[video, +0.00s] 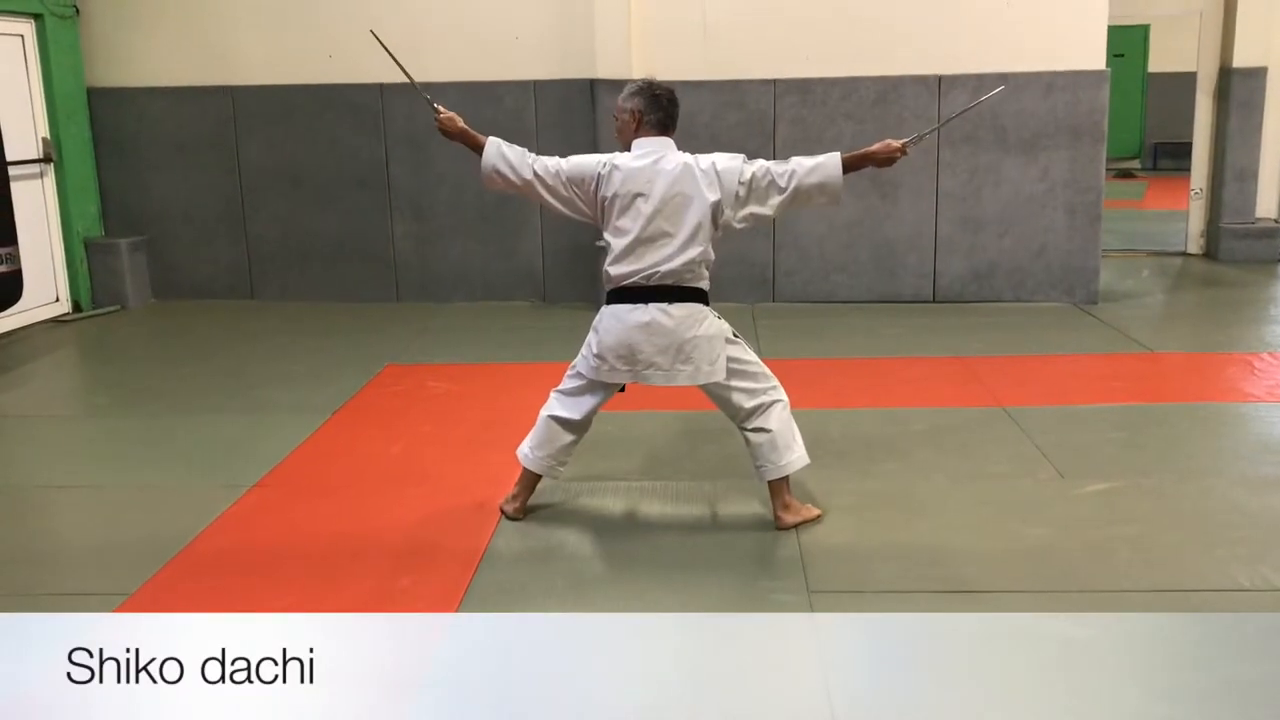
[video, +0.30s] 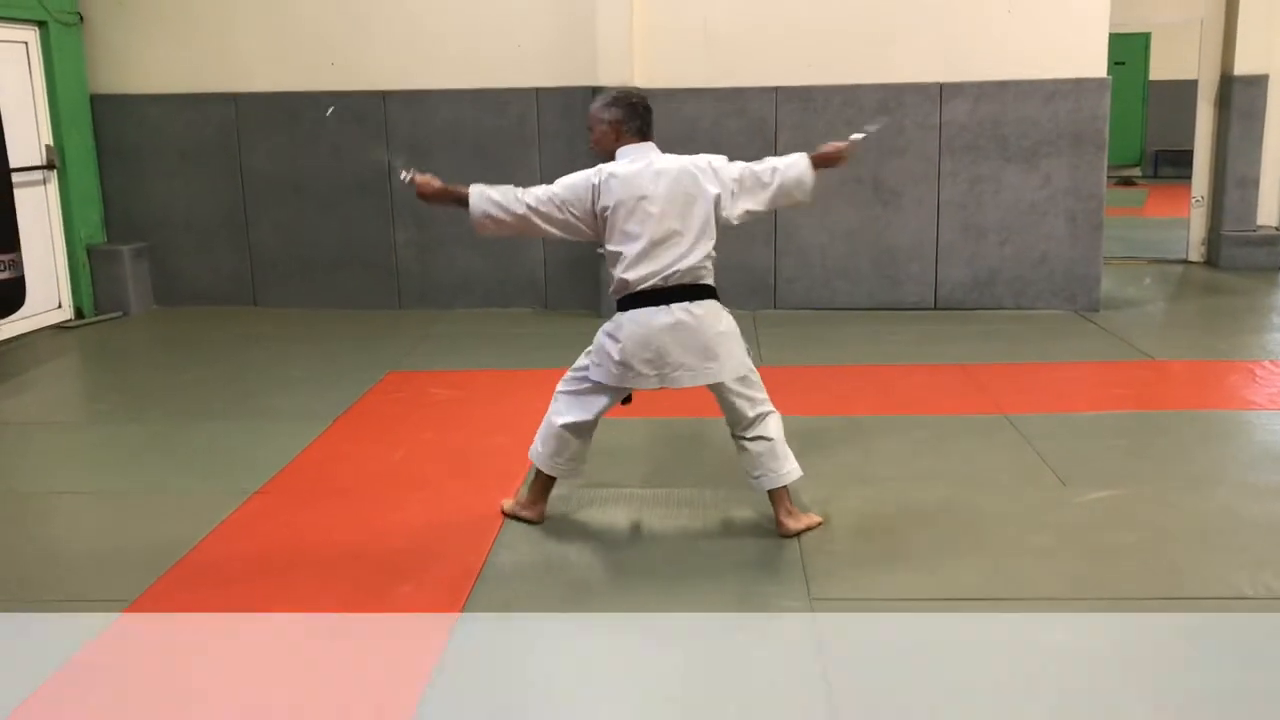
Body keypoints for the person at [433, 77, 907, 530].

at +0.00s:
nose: (614, 129)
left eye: (618, 120)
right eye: (617, 120)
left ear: (637, 122)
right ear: (669, 123)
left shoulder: (609, 170)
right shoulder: (712, 169)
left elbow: (534, 168)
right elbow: (787, 175)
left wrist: (469, 137)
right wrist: (863, 157)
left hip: (620, 320)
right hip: (690, 321)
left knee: (572, 399)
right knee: (761, 398)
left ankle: (517, 497)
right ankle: (786, 506)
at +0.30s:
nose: (591, 138)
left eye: (595, 128)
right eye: (591, 128)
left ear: (620, 130)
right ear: (644, 129)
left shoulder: (601, 181)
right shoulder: (701, 169)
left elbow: (526, 203)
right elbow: (763, 175)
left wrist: (450, 193)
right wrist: (817, 160)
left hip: (636, 323)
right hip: (704, 317)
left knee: (575, 397)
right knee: (752, 409)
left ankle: (532, 500)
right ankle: (787, 510)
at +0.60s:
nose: (503, 123)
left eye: (509, 113)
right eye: (503, 113)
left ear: (537, 115)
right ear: (548, 114)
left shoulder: (540, 172)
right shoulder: (599, 155)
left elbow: (488, 237)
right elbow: (624, 223)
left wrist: (419, 270)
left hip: (580, 313)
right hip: (635, 302)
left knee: (526, 409)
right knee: (659, 403)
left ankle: (540, 507)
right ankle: (721, 481)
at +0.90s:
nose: (471, 113)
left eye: (478, 103)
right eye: (470, 103)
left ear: (507, 103)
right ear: (505, 104)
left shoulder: (555, 161)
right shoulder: (502, 165)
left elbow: (565, 231)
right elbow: (461, 220)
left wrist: (543, 285)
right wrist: (411, 267)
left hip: (561, 308)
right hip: (526, 304)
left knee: (520, 410)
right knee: (498, 404)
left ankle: (543, 506)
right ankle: (523, 498)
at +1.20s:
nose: (460, 115)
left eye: (467, 106)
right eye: (459, 105)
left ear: (500, 104)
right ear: (493, 106)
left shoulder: (563, 154)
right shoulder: (469, 163)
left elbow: (618, 211)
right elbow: (483, 233)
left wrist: (645, 268)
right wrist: (526, 272)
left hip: (554, 308)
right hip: (498, 306)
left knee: (540, 413)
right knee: (503, 411)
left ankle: (545, 504)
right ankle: (535, 496)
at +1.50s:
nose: (477, 127)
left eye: (486, 117)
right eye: (475, 116)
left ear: (522, 115)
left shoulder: (573, 165)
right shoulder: (472, 164)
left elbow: (624, 219)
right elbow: (494, 234)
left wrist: (657, 270)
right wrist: (556, 273)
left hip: (550, 308)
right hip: (484, 303)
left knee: (562, 405)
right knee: (451, 400)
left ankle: (564, 503)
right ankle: (456, 472)